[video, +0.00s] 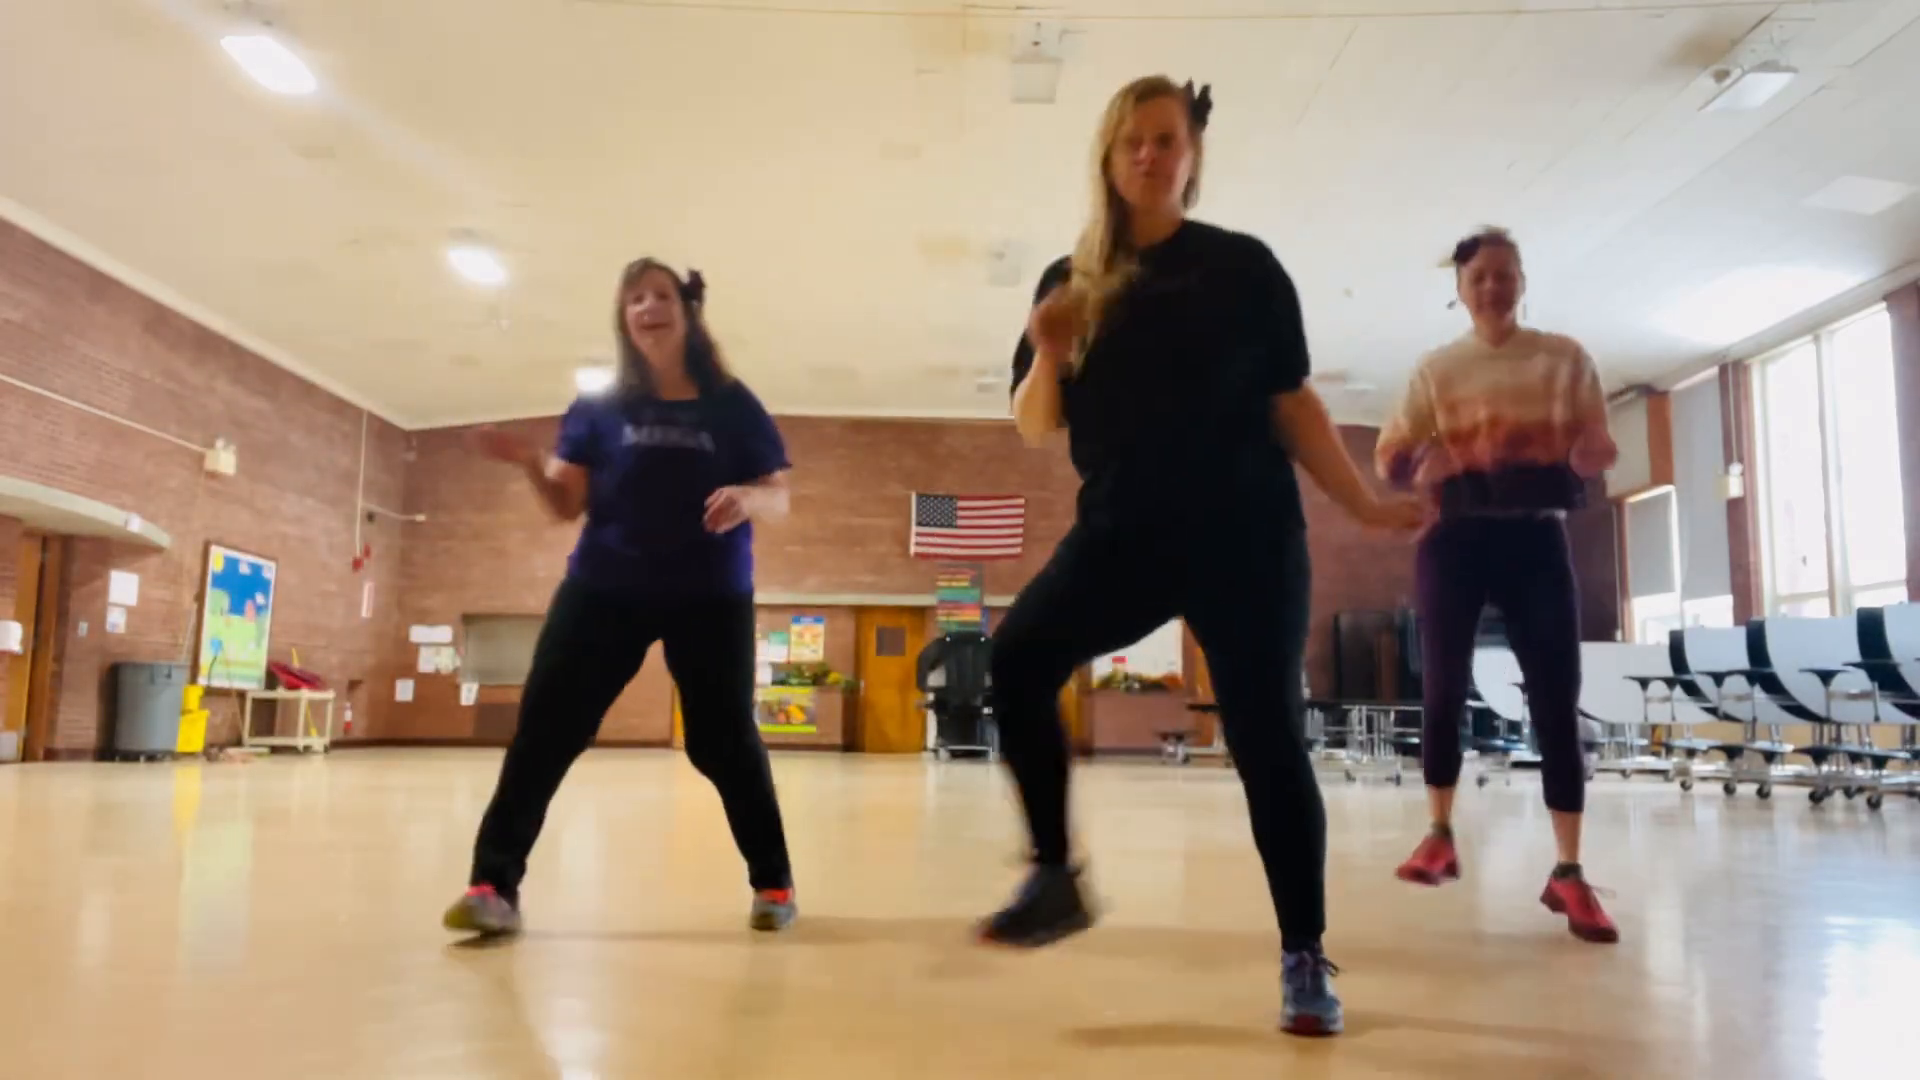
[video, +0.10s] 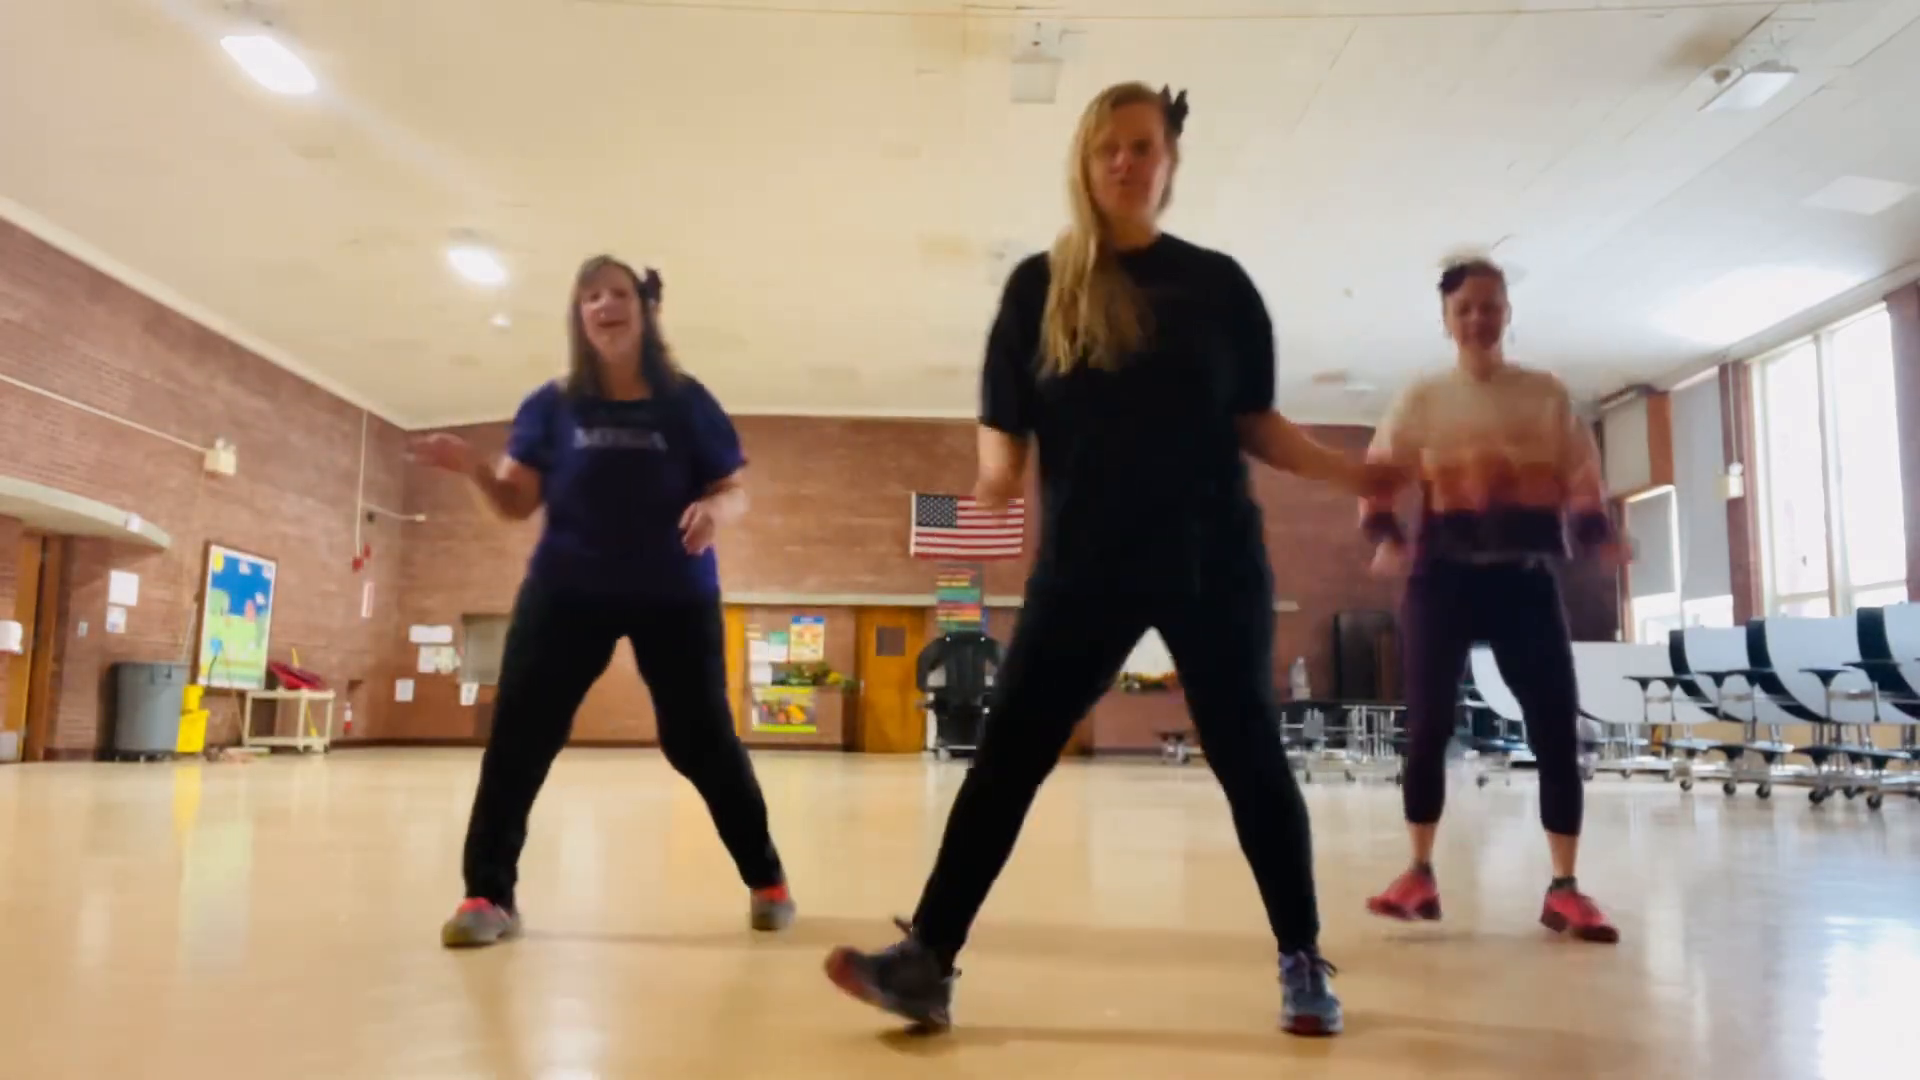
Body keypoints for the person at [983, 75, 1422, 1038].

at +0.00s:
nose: (1154, 157)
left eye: (1170, 142)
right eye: (1139, 142)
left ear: (1195, 155)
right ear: (1109, 157)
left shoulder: (1246, 267)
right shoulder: (1073, 279)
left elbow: (1294, 402)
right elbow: (1036, 427)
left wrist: (1365, 502)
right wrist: (1050, 354)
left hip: (1243, 536)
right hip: (1125, 536)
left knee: (1267, 740)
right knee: (1020, 656)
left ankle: (1303, 955)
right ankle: (1054, 876)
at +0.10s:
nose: (1127, 164)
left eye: (1143, 149)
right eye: (1111, 150)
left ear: (1171, 162)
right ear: (1084, 164)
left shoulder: (1217, 283)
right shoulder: (1041, 284)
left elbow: (1256, 424)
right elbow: (1003, 433)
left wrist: (1356, 473)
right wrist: (996, 479)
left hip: (1209, 553)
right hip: (1086, 557)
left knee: (1246, 751)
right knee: (1010, 749)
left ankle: (1301, 960)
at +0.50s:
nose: (956, 151)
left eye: (971, 137)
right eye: (940, 136)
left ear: (994, 152)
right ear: (907, 149)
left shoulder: (1028, 263)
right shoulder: (856, 256)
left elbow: (1043, 391)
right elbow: (802, 382)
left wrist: (1060, 429)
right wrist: (820, 409)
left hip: (987, 543)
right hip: (874, 544)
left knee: (982, 742)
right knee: (889, 751)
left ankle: (879, 879)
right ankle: (900, 970)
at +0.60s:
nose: (907, 167)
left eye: (923, 152)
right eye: (891, 152)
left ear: (950, 167)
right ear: (863, 167)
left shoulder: (995, 280)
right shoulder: (823, 268)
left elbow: (1023, 406)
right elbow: (765, 397)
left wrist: (1015, 514)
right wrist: (797, 373)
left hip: (943, 546)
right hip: (831, 543)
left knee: (900, 746)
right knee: (842, 741)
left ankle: (848, 935)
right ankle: (882, 955)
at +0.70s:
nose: (870, 176)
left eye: (886, 164)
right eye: (854, 165)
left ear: (913, 182)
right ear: (830, 185)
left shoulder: (957, 305)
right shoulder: (797, 291)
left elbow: (980, 452)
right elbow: (755, 429)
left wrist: (996, 573)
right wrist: (764, 385)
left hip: (911, 550)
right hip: (800, 538)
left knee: (873, 751)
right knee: (750, 673)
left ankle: (839, 937)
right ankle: (798, 881)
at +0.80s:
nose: (847, 158)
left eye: (864, 151)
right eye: (834, 147)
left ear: (888, 185)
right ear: (807, 175)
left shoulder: (925, 297)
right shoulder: (757, 285)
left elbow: (955, 441)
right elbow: (715, 412)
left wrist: (958, 571)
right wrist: (717, 424)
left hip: (883, 549)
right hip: (770, 537)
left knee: (855, 754)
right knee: (684, 647)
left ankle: (837, 936)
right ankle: (720, 819)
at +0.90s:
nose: (808, 136)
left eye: (825, 127)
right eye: (794, 127)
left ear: (851, 159)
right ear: (768, 158)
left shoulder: (895, 273)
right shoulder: (719, 265)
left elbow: (928, 407)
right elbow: (683, 368)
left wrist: (928, 526)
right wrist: (691, 413)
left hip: (852, 533)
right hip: (736, 525)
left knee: (842, 733)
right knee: (637, 674)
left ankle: (842, 933)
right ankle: (640, 859)